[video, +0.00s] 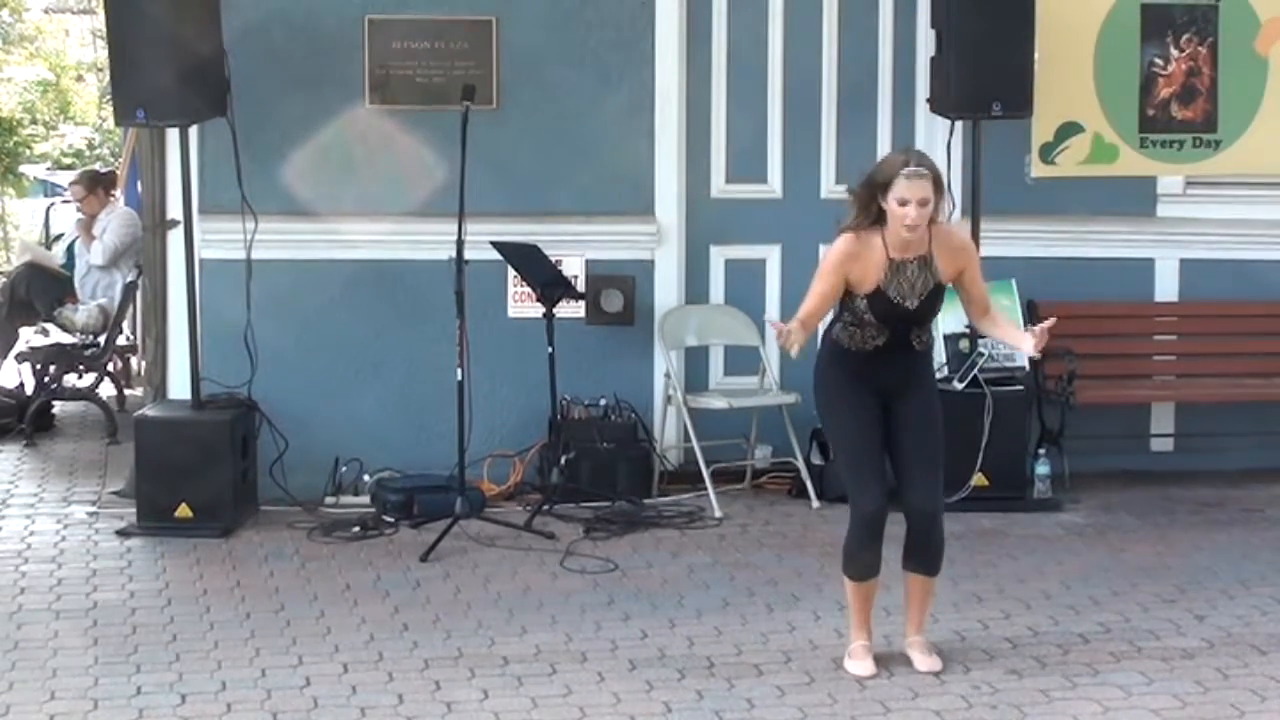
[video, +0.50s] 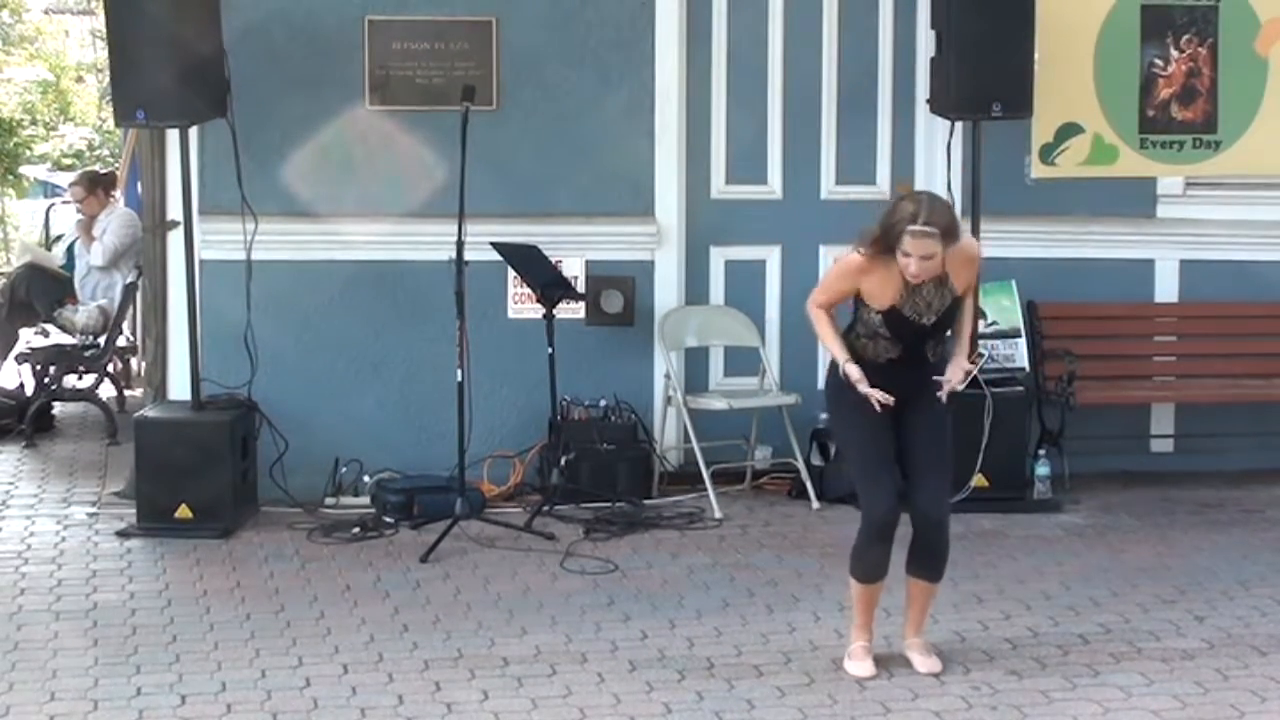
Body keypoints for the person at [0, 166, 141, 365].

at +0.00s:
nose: (78, 208)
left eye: (81, 201)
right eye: (75, 202)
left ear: (100, 193)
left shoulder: (125, 218)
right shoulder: (89, 222)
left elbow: (103, 257)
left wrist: (84, 233)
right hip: (80, 302)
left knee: (29, 274)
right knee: (13, 309)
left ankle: (6, 296)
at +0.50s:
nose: (77, 208)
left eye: (80, 202)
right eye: (75, 203)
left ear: (100, 194)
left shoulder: (125, 219)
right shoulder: (88, 223)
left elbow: (103, 258)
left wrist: (84, 235)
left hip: (104, 311)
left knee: (30, 274)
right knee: (14, 313)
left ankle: (6, 298)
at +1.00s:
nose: (77, 209)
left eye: (80, 203)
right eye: (75, 204)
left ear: (100, 195)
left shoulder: (125, 220)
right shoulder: (87, 223)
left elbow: (103, 258)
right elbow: (58, 259)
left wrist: (84, 235)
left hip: (104, 309)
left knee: (29, 275)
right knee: (13, 312)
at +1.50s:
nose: (78, 210)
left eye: (81, 203)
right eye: (75, 205)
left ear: (100, 196)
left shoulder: (125, 221)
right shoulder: (84, 229)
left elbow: (102, 257)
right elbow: (58, 259)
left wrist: (90, 230)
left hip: (105, 312)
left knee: (30, 276)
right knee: (12, 315)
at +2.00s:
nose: (77, 212)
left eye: (79, 205)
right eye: (75, 206)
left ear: (98, 196)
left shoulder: (125, 220)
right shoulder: (83, 231)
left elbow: (98, 248)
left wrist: (92, 225)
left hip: (100, 315)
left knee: (29, 276)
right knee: (11, 315)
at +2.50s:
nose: (78, 211)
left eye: (80, 205)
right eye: (75, 206)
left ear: (98, 197)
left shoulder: (124, 221)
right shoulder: (85, 229)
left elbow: (96, 257)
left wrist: (95, 223)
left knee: (29, 278)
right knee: (12, 316)